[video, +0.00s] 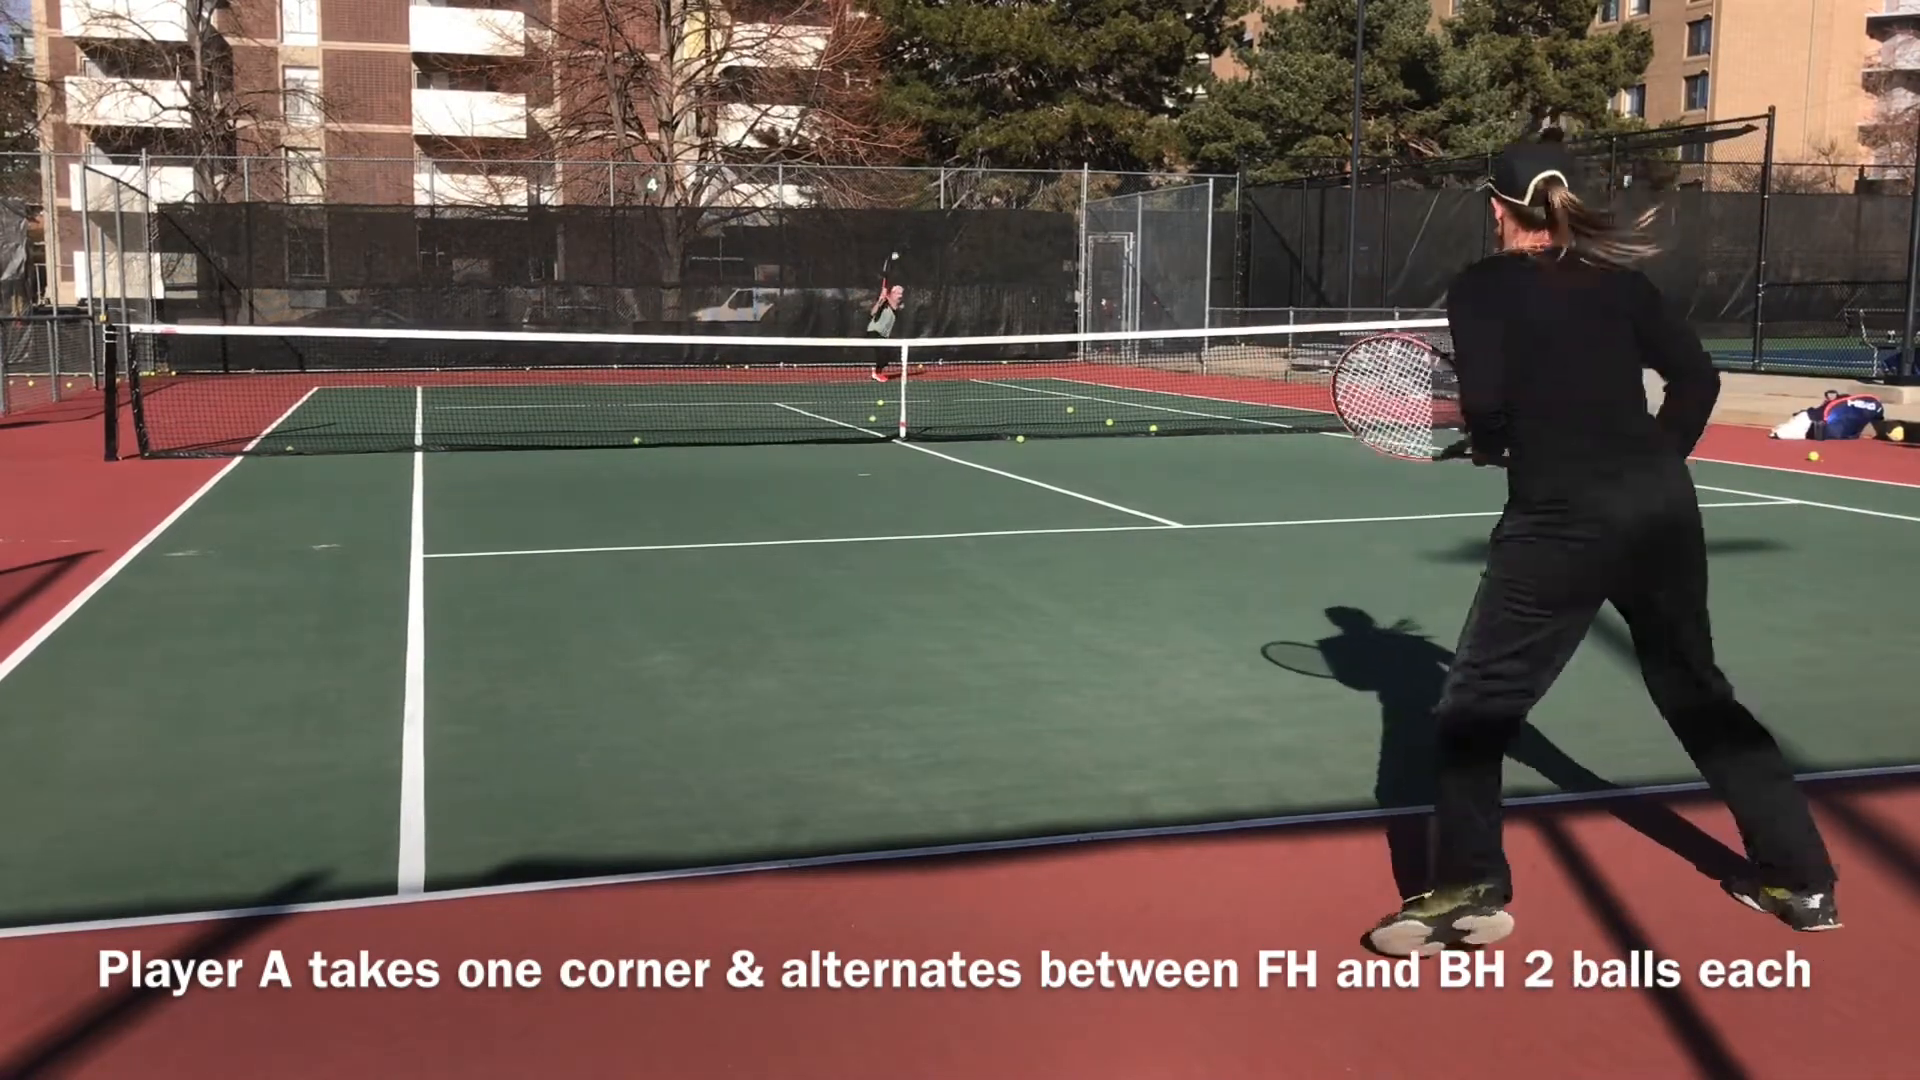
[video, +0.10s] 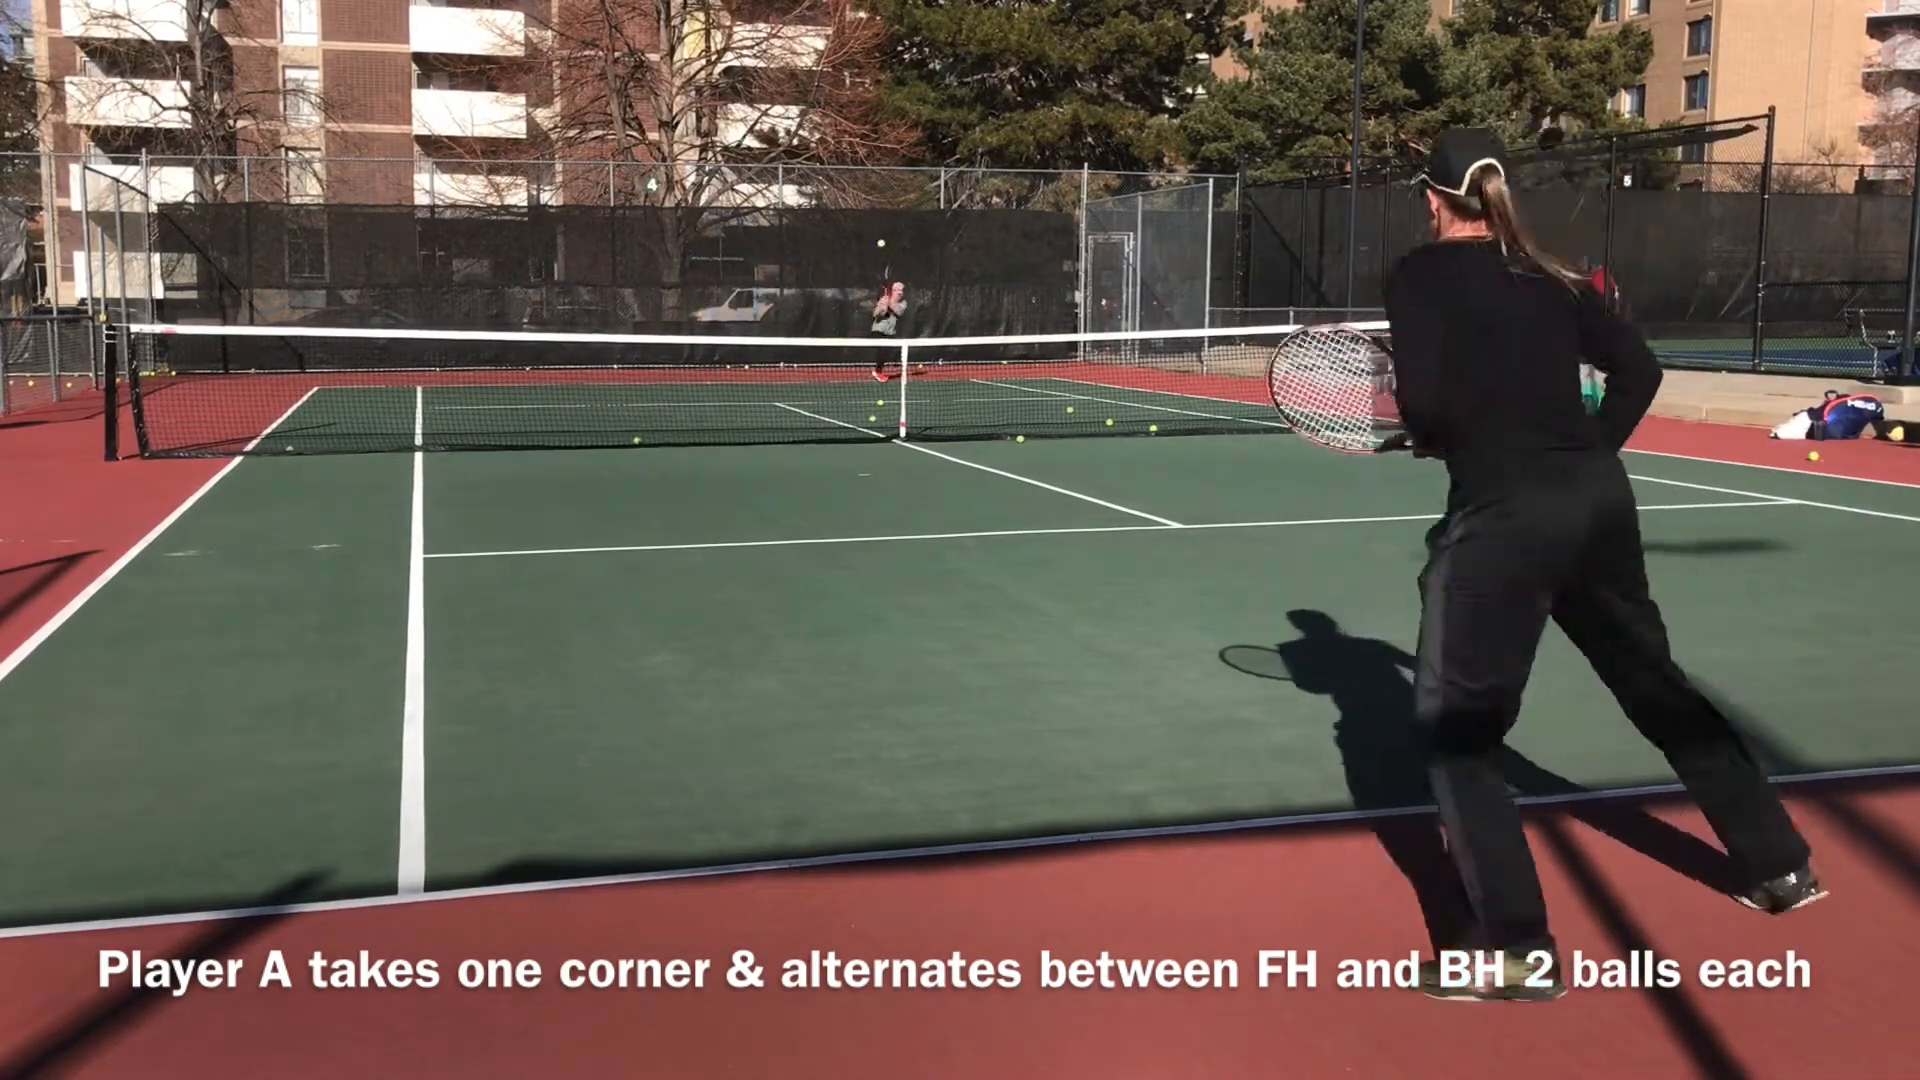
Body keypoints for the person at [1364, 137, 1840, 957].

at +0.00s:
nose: (1491, 219)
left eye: (1493, 209)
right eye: (1496, 207)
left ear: (1504, 213)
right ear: (1567, 214)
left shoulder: (1482, 285)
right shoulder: (1623, 283)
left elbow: (1485, 407)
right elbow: (1697, 377)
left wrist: (1488, 445)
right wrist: (1655, 459)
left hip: (1562, 505)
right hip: (1662, 499)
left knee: (1473, 711)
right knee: (1698, 693)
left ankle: (1473, 888)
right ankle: (1803, 878)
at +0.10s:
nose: (1423, 209)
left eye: (1425, 198)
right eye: (1431, 196)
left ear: (1436, 202)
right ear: (1499, 202)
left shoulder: (1419, 277)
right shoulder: (1550, 281)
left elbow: (1424, 408)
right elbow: (1639, 369)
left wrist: (1432, 437)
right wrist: (1591, 448)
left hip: (1501, 513)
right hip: (1597, 496)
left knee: (1459, 733)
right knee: (1657, 687)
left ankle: (1516, 947)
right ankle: (1779, 864)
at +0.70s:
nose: (937, 195)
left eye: (947, 178)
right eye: (933, 182)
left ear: (986, 169)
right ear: (945, 185)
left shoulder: (1044, 216)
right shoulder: (964, 257)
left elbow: (1130, 291)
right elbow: (942, 376)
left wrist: (1011, 248)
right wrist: (907, 368)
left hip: (1064, 497)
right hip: (1012, 499)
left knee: (995, 719)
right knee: (910, 666)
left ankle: (1060, 952)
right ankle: (927, 897)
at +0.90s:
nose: (799, 193)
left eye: (812, 178)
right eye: (799, 178)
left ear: (849, 187)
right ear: (811, 191)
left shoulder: (884, 252)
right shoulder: (821, 267)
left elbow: (931, 297)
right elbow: (768, 275)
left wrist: (865, 180)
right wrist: (728, 229)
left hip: (884, 511)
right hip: (843, 512)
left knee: (890, 737)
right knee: (748, 694)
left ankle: (1036, 933)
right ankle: (670, 873)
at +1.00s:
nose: (731, 228)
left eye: (732, 213)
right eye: (727, 214)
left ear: (758, 205)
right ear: (783, 199)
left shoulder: (817, 255)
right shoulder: (776, 263)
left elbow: (785, 329)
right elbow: (691, 271)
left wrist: (708, 245)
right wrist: (609, 243)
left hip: (817, 521)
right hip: (787, 522)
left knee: (794, 746)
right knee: (677, 666)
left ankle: (982, 904)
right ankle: (650, 871)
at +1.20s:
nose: (635, 196)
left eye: (639, 177)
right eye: (633, 180)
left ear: (674, 164)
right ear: (698, 163)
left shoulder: (706, 208)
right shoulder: (755, 220)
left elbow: (707, 304)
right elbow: (752, 371)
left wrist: (638, 341)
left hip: (731, 474)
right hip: (786, 474)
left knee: (705, 696)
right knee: (688, 672)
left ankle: (821, 890)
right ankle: (651, 869)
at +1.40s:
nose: (608, 157)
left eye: (612, 141)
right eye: (609, 142)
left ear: (638, 141)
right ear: (683, 132)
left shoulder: (669, 193)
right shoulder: (744, 203)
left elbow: (700, 235)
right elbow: (849, 231)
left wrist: (757, 258)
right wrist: (971, 227)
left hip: (701, 463)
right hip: (760, 464)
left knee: (655, 693)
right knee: (670, 676)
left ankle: (753, 918)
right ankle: (646, 867)